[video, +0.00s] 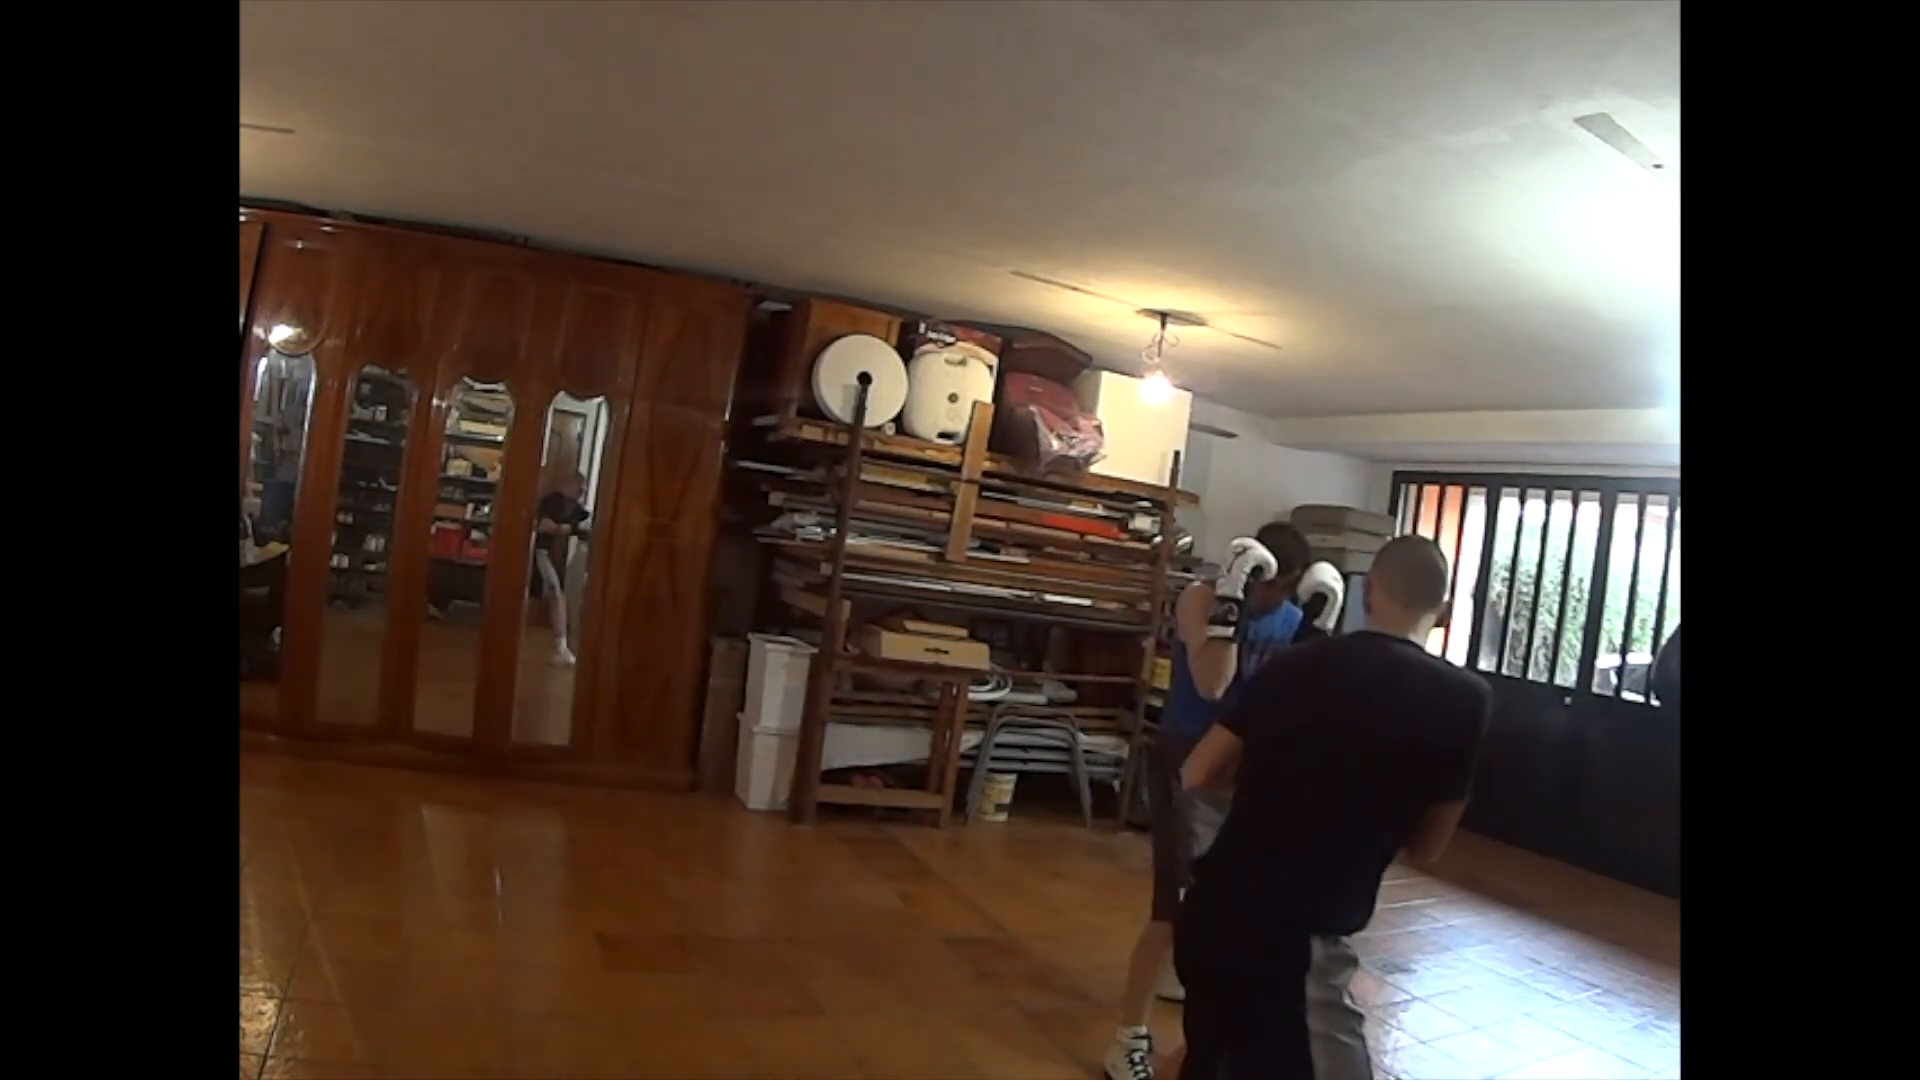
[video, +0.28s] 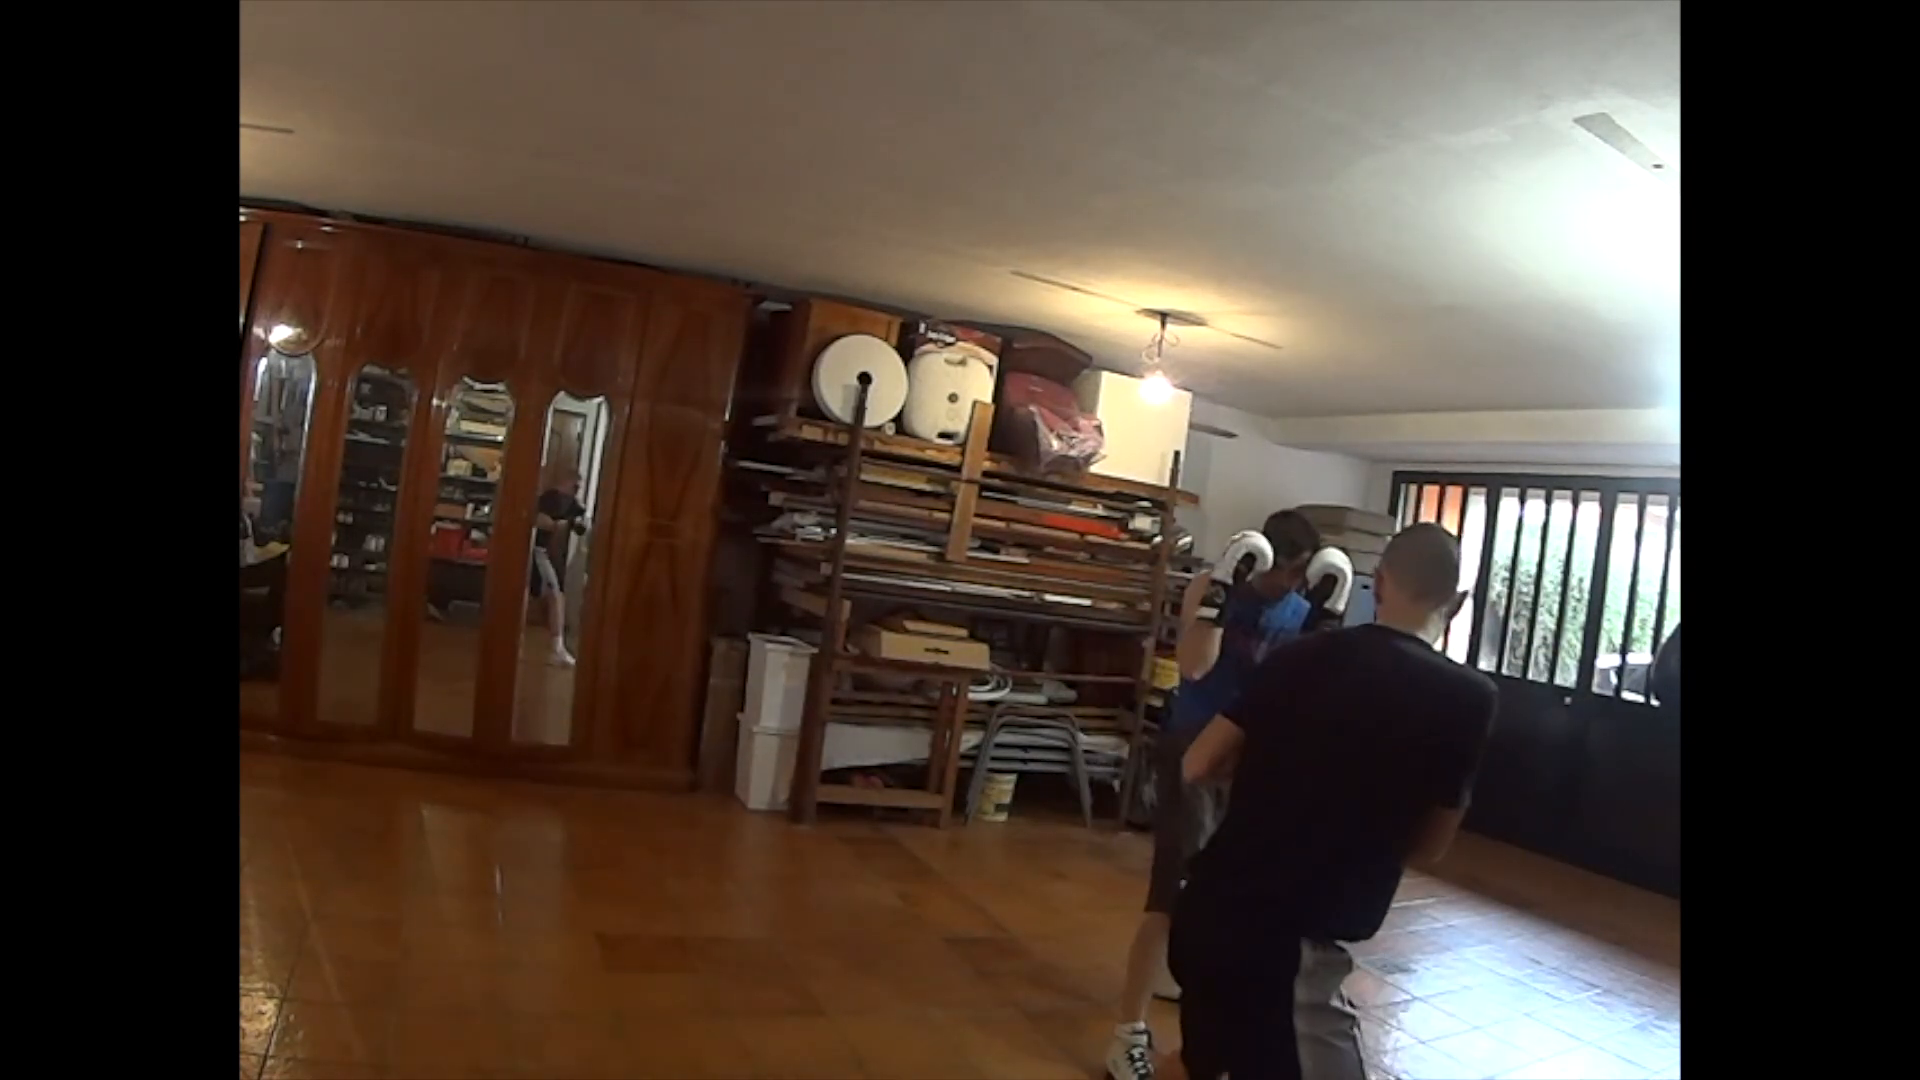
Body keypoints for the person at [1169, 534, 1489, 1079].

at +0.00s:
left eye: (1369, 588)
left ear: (1369, 593)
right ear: (1443, 613)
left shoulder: (1301, 662)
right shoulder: (1463, 697)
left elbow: (1197, 774)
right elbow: (1427, 850)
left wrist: (1274, 772)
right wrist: (1372, 796)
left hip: (1215, 913)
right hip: (1310, 945)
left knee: (1207, 1059)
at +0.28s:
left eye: (1380, 577)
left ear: (1379, 582)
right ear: (1454, 605)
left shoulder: (1306, 655)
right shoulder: (1469, 696)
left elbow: (1197, 765)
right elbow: (1430, 849)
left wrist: (1268, 757)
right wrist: (1362, 802)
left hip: (1219, 907)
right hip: (1314, 946)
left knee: (1203, 1060)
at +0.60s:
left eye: (1370, 573)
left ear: (1370, 579)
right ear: (1447, 597)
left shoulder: (1294, 653)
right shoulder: (1460, 689)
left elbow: (1191, 763)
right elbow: (1425, 847)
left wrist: (1271, 756)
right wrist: (1368, 787)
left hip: (1211, 910)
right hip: (1303, 946)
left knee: (1208, 1065)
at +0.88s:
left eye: (1378, 570)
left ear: (1379, 577)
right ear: (1456, 602)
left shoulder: (1301, 655)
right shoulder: (1469, 700)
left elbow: (1194, 767)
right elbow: (1436, 852)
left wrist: (1272, 753)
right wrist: (1374, 794)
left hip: (1209, 925)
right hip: (1302, 961)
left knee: (1211, 1068)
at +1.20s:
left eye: (1391, 564)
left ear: (1389, 572)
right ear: (1473, 596)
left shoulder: (1306, 647)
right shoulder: (1474, 704)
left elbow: (1194, 730)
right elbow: (1436, 857)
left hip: (1212, 918)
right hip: (1301, 959)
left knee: (1201, 1064)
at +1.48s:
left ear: (1375, 576)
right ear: (1455, 598)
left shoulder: (1299, 656)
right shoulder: (1474, 691)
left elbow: (1200, 777)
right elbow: (1445, 856)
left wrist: (1271, 786)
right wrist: (1388, 800)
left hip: (1213, 924)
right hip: (1311, 959)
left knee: (1213, 1057)